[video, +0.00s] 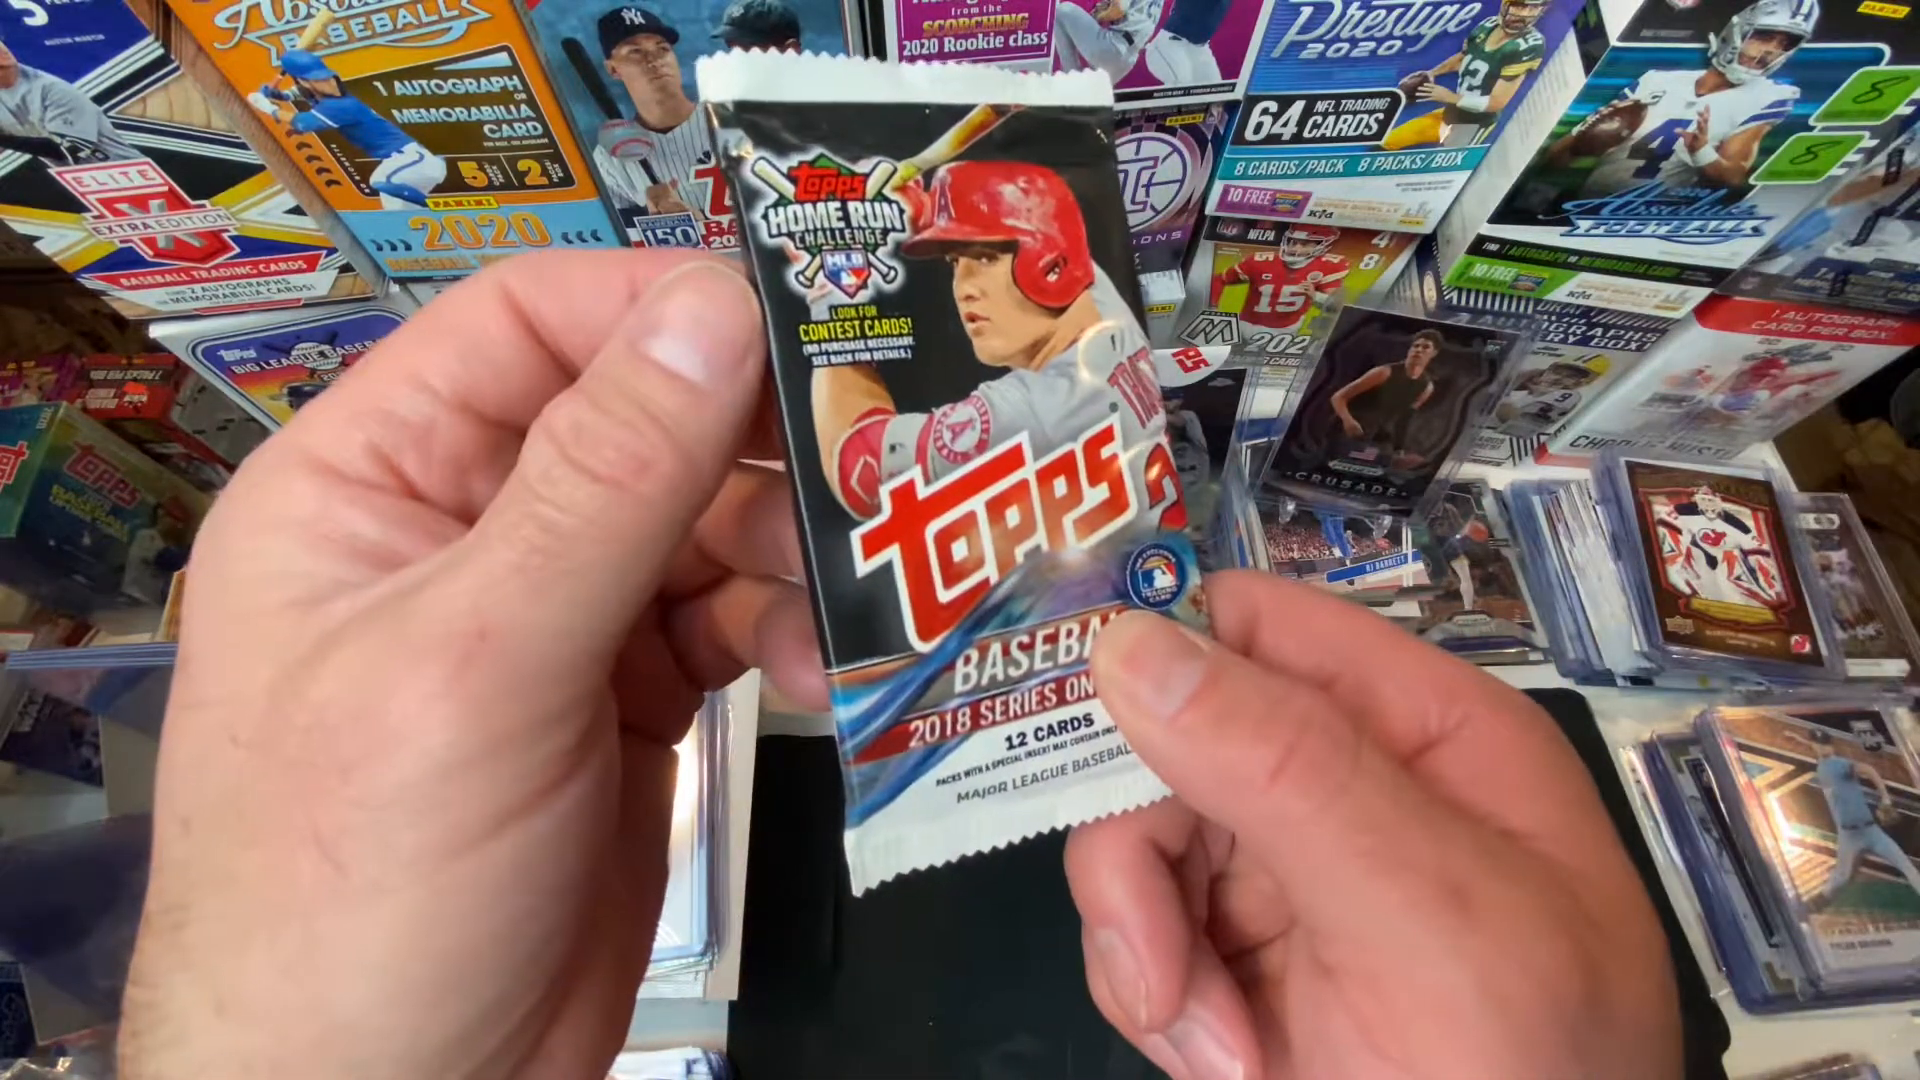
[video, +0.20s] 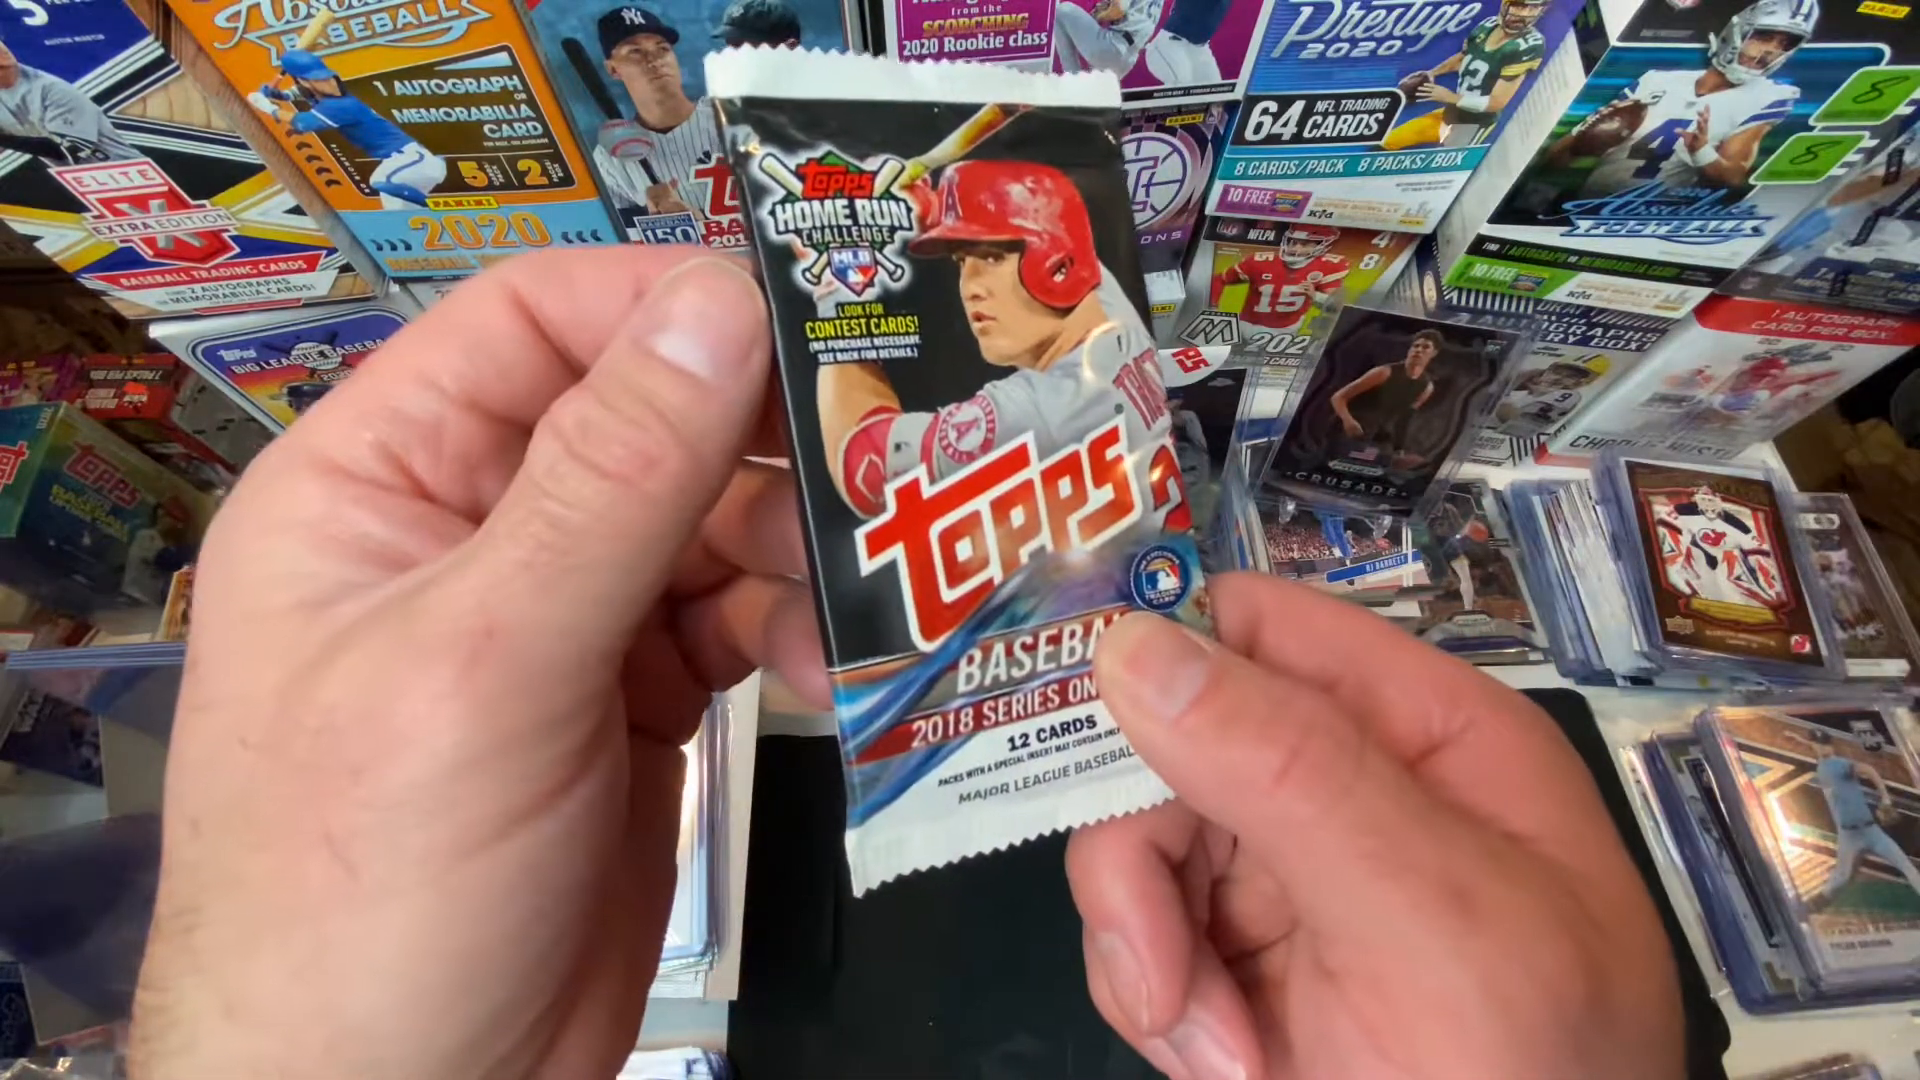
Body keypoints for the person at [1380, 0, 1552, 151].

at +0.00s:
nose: (1517, 13)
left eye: (1528, 7)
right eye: (1514, 5)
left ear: (1541, 10)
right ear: (1503, 4)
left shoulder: (1527, 47)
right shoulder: (1487, 26)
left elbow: (1496, 103)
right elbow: (1462, 58)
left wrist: (1450, 97)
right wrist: (1431, 73)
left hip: (1475, 125)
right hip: (1451, 112)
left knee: (1441, 176)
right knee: (1388, 141)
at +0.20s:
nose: (1515, 13)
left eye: (1527, 7)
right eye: (1512, 4)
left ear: (1541, 10)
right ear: (1503, 3)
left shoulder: (1527, 47)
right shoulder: (1487, 26)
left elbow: (1496, 103)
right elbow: (1463, 58)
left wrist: (1450, 97)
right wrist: (1431, 73)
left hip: (1476, 124)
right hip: (1451, 112)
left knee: (1442, 175)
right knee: (1389, 141)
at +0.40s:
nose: (1516, 13)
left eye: (1527, 7)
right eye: (1513, 5)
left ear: (1541, 11)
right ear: (1503, 4)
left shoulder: (1527, 47)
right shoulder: (1487, 26)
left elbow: (1496, 104)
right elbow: (1463, 58)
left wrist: (1450, 97)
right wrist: (1431, 73)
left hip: (1476, 124)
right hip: (1451, 111)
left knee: (1442, 175)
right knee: (1389, 141)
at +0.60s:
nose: (1518, 13)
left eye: (1529, 7)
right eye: (1514, 4)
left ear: (1542, 11)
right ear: (1503, 4)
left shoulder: (1526, 48)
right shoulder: (1487, 27)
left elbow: (1495, 104)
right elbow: (1463, 58)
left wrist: (1450, 97)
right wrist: (1431, 74)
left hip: (1477, 124)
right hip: (1452, 112)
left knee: (1442, 173)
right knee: (1390, 141)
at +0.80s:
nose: (1522, 13)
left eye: (1531, 7)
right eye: (1517, 5)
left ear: (1543, 10)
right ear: (1504, 5)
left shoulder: (1527, 47)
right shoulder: (1486, 27)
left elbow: (1496, 103)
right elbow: (1462, 58)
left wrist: (1449, 97)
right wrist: (1431, 74)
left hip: (1478, 123)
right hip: (1451, 111)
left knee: (1442, 172)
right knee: (1390, 141)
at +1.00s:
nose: (1522, 13)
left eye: (1531, 7)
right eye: (1517, 5)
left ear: (1543, 10)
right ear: (1504, 4)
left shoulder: (1527, 47)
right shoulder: (1486, 27)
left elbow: (1495, 104)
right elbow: (1462, 58)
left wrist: (1450, 97)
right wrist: (1431, 74)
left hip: (1478, 123)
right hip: (1451, 111)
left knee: (1443, 172)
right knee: (1390, 141)